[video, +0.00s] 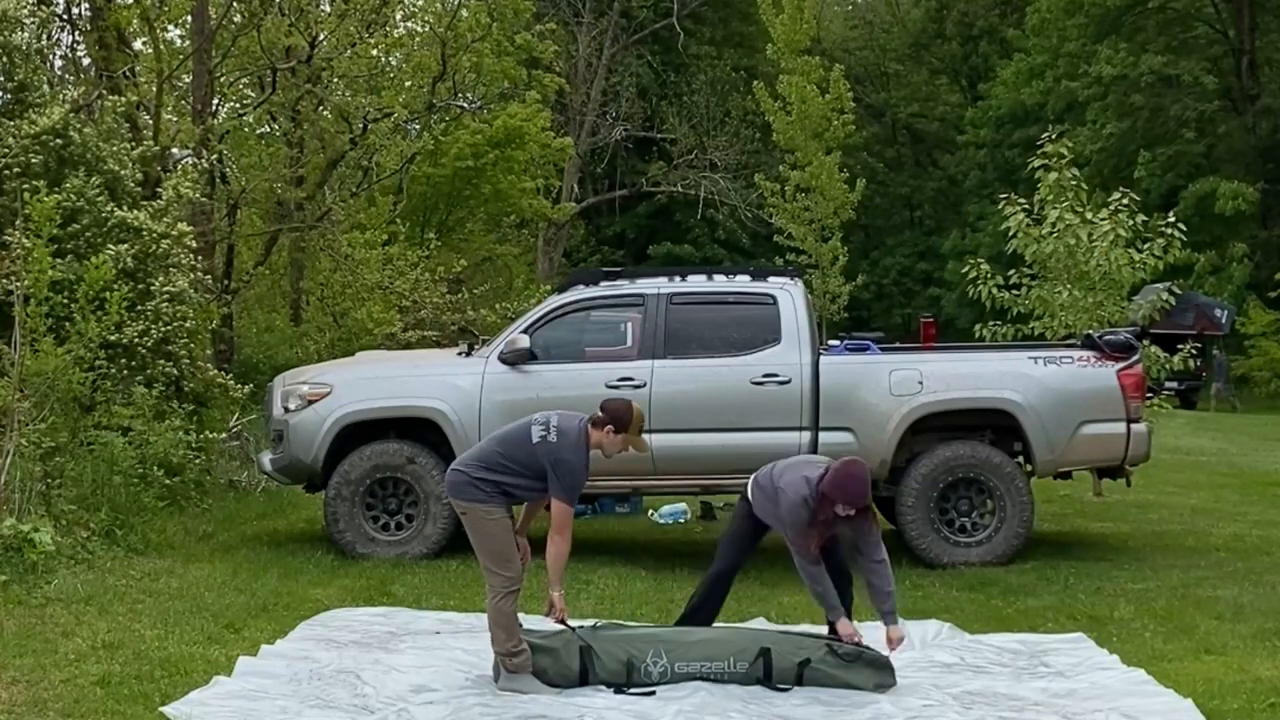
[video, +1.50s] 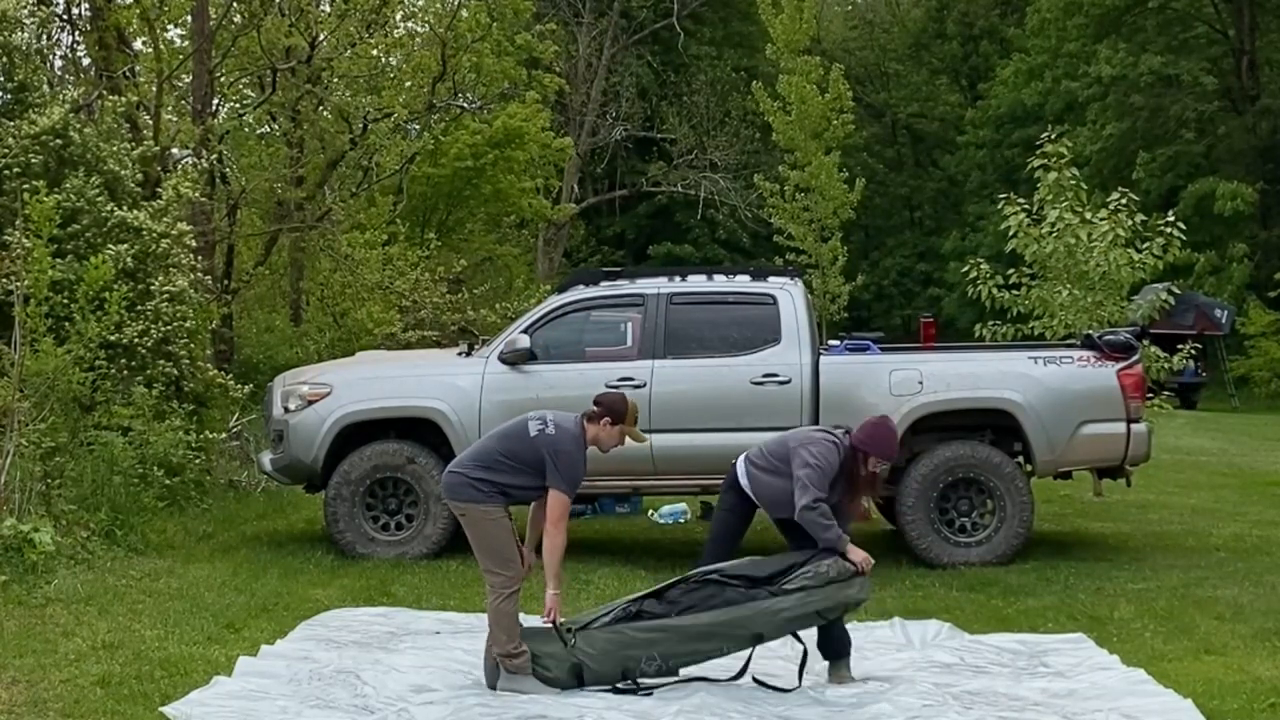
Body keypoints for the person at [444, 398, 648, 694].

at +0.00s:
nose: (626, 447)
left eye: (629, 441)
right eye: (625, 439)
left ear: (605, 426)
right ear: (607, 431)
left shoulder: (576, 427)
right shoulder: (569, 459)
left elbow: (543, 487)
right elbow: (558, 536)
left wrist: (521, 530)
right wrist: (556, 590)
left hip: (482, 483)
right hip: (475, 487)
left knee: (508, 573)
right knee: (505, 578)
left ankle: (506, 664)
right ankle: (514, 671)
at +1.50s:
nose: (622, 442)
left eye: (625, 435)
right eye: (622, 433)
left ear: (601, 421)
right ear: (604, 423)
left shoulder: (566, 431)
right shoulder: (569, 450)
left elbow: (542, 500)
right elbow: (554, 525)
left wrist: (529, 547)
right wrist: (553, 590)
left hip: (476, 486)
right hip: (472, 489)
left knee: (511, 571)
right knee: (506, 576)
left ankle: (498, 661)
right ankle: (513, 670)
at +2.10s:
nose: (501, 404)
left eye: (503, 398)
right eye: (502, 395)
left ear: (474, 383)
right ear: (485, 386)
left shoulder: (433, 398)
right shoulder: (461, 417)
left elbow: (424, 482)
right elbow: (467, 498)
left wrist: (441, 531)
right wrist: (478, 551)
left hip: (357, 484)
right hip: (385, 485)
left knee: (400, 567)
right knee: (443, 553)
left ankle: (397, 665)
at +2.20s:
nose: (488, 406)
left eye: (491, 400)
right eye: (489, 398)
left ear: (461, 385)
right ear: (474, 390)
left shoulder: (422, 400)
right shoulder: (452, 423)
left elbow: (406, 462)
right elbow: (449, 501)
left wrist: (428, 511)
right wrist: (465, 547)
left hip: (348, 493)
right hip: (368, 500)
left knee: (397, 580)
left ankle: (397, 664)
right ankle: (371, 678)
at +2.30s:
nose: (478, 409)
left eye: (481, 403)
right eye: (478, 401)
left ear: (451, 389)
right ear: (458, 391)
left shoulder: (416, 399)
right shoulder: (433, 429)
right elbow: (430, 507)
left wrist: (439, 541)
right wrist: (443, 557)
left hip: (339, 486)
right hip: (354, 497)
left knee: (392, 572)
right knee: (392, 585)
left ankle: (391, 648)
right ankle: (370, 682)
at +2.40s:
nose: (460, 401)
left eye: (463, 394)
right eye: (458, 392)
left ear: (433, 380)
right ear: (435, 380)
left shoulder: (408, 403)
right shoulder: (410, 415)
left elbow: (403, 475)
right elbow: (378, 488)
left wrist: (410, 525)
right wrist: (398, 534)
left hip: (344, 489)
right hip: (337, 494)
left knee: (375, 566)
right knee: (377, 583)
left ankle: (322, 630)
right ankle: (369, 683)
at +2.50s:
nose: (416, 370)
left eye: (418, 363)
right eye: (411, 362)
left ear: (390, 356)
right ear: (387, 356)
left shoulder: (380, 390)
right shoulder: (367, 398)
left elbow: (372, 461)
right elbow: (347, 472)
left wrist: (383, 504)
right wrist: (388, 510)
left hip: (326, 498)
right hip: (327, 501)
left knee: (341, 586)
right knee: (368, 584)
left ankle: (280, 658)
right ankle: (370, 684)